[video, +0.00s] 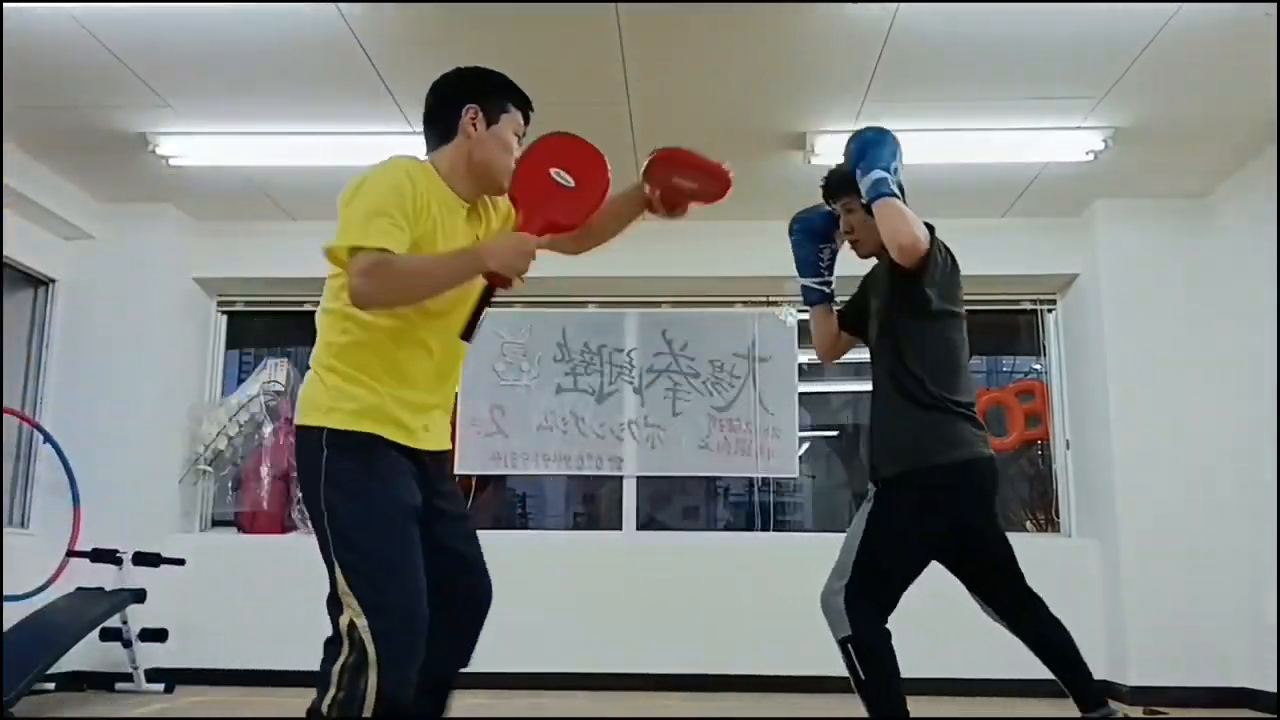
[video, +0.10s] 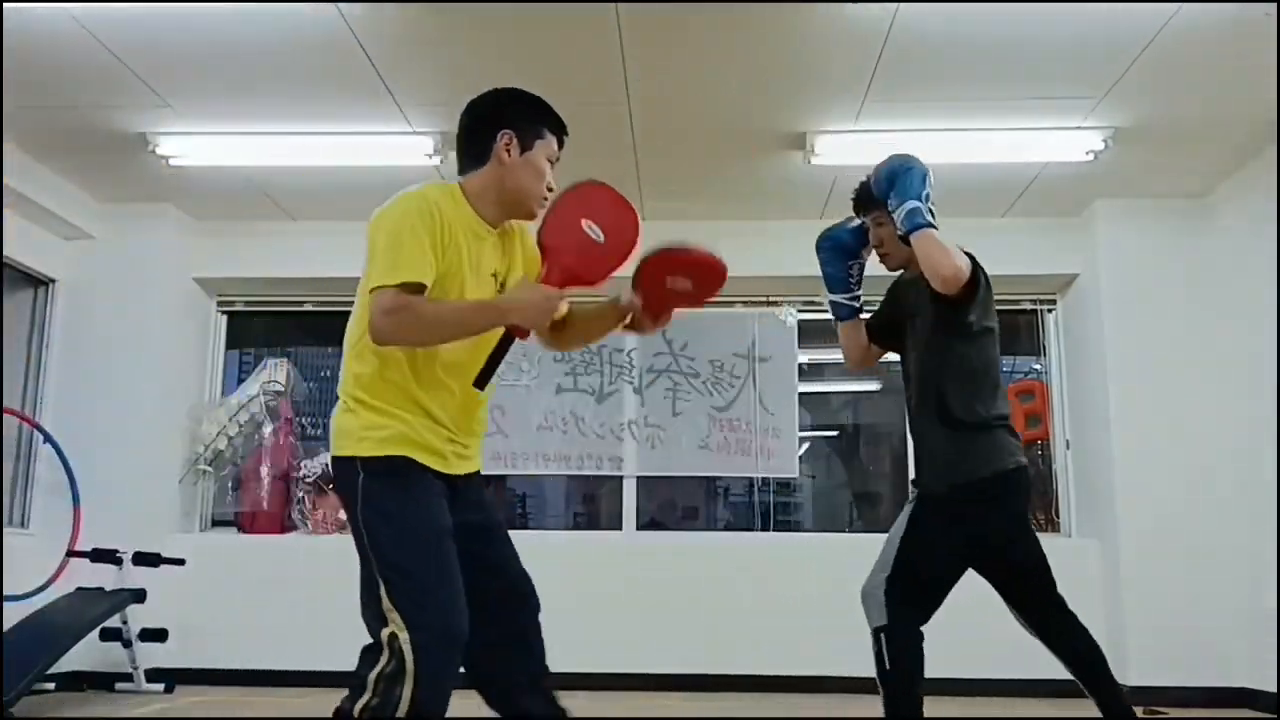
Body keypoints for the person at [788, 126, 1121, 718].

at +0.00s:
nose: (845, 227)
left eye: (851, 213)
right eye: (840, 217)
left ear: (878, 209)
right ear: (847, 222)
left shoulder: (923, 254)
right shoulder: (877, 283)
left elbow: (905, 245)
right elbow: (828, 346)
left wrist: (879, 181)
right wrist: (814, 275)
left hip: (935, 471)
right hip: (939, 472)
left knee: (853, 606)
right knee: (1011, 600)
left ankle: (890, 715)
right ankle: (1097, 707)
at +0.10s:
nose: (872, 239)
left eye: (877, 224)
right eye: (869, 228)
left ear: (905, 221)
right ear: (880, 231)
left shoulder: (958, 270)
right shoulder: (905, 296)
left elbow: (947, 277)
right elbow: (859, 357)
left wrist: (912, 213)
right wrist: (842, 290)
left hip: (981, 481)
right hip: (951, 484)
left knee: (890, 606)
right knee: (1045, 613)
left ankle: (902, 715)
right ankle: (1121, 711)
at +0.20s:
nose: (882, 223)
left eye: (886, 210)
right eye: (878, 212)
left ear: (912, 206)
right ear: (885, 217)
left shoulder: (968, 251)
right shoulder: (916, 278)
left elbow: (975, 276)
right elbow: (885, 353)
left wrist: (927, 217)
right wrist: (859, 287)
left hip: (1006, 459)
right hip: (968, 463)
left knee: (931, 598)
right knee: (1059, 595)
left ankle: (930, 714)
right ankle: (1124, 708)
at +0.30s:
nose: (894, 223)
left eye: (900, 208)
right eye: (888, 213)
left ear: (929, 205)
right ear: (891, 220)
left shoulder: (976, 247)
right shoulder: (926, 279)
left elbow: (982, 266)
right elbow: (895, 351)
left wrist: (929, 210)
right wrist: (869, 290)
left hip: (1008, 459)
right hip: (998, 458)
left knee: (949, 606)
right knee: (1063, 595)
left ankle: (954, 714)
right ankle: (1130, 709)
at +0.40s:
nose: (913, 249)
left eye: (918, 235)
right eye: (909, 239)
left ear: (946, 232)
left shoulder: (991, 271)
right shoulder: (950, 304)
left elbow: (977, 278)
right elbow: (911, 373)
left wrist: (936, 224)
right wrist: (886, 304)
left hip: (1009, 479)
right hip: (1026, 477)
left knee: (927, 604)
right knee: (1062, 609)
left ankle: (946, 715)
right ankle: (1143, 712)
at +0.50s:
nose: (939, 255)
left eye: (946, 241)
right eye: (934, 247)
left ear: (978, 238)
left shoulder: (1012, 278)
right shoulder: (972, 308)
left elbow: (1007, 299)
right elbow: (941, 381)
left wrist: (960, 245)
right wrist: (912, 317)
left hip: (1021, 488)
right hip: (1048, 484)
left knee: (954, 608)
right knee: (1070, 612)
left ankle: (956, 716)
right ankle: (1146, 713)